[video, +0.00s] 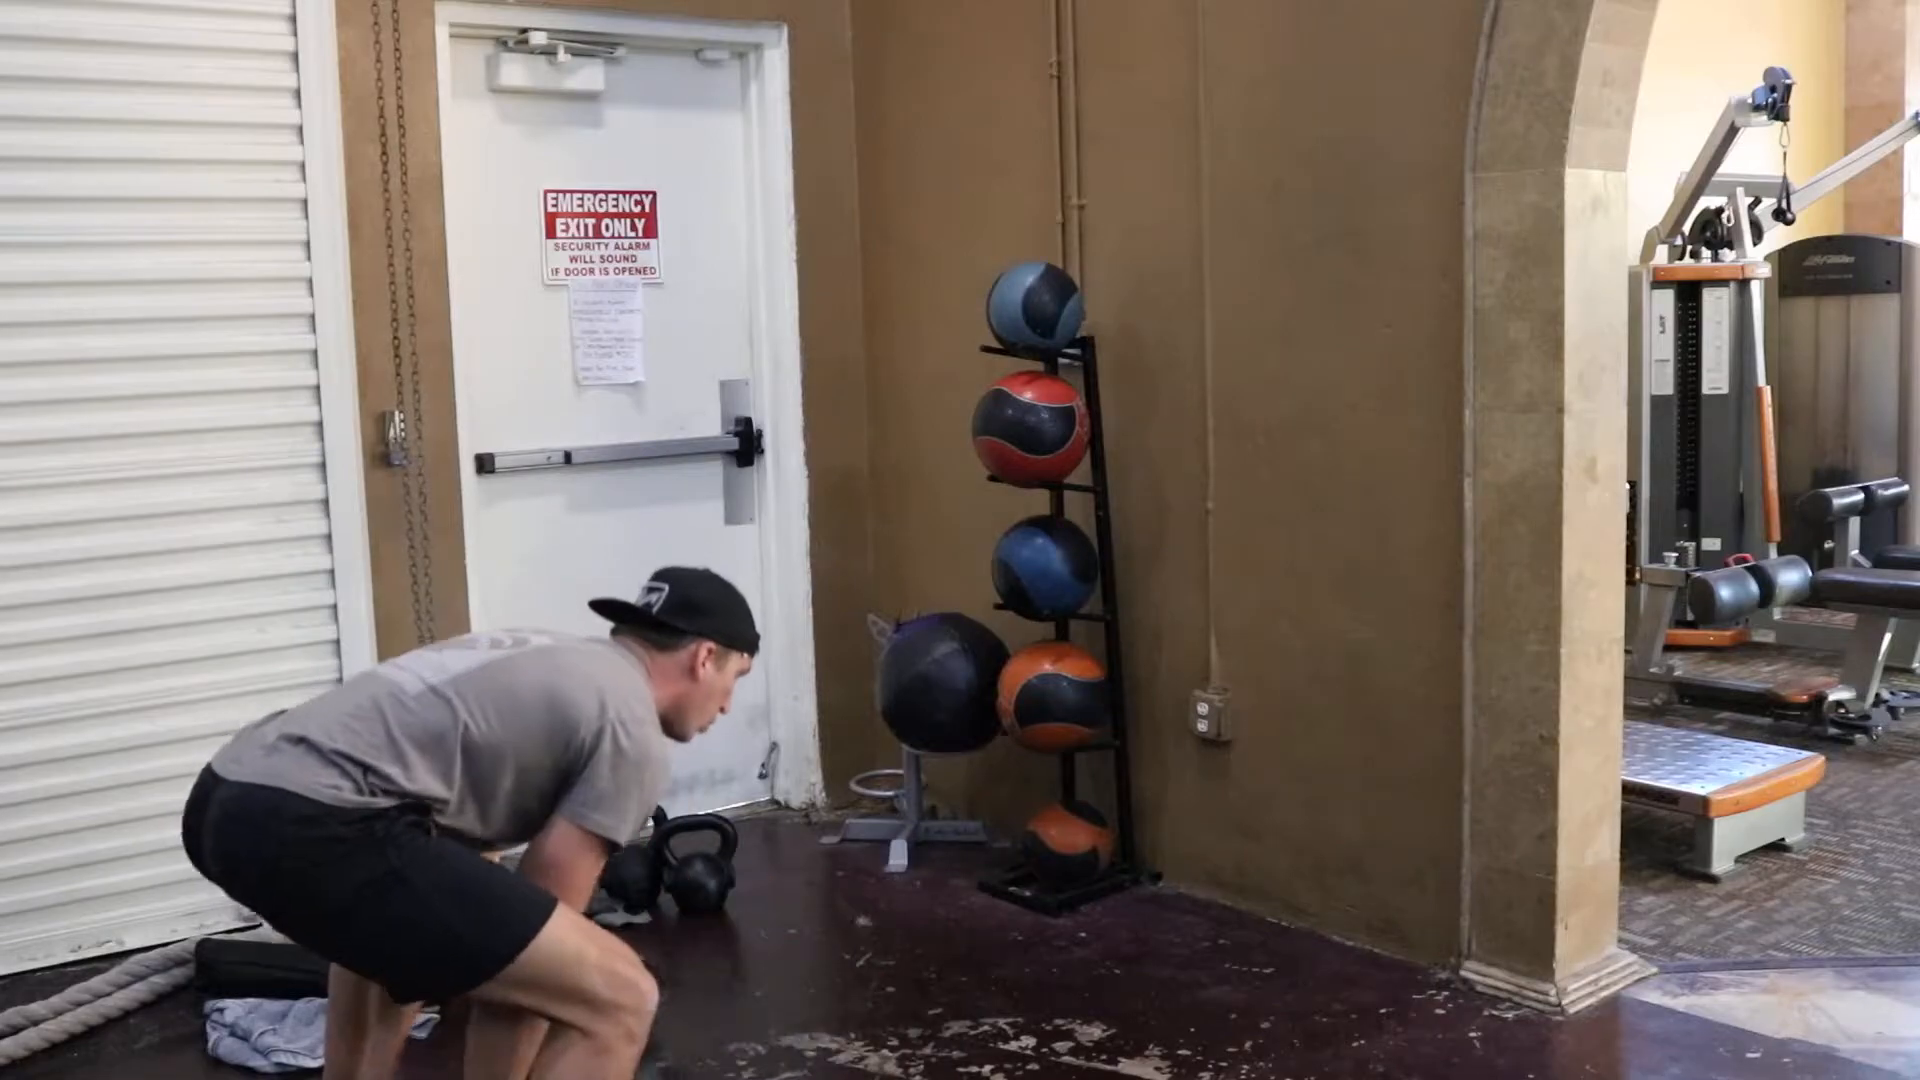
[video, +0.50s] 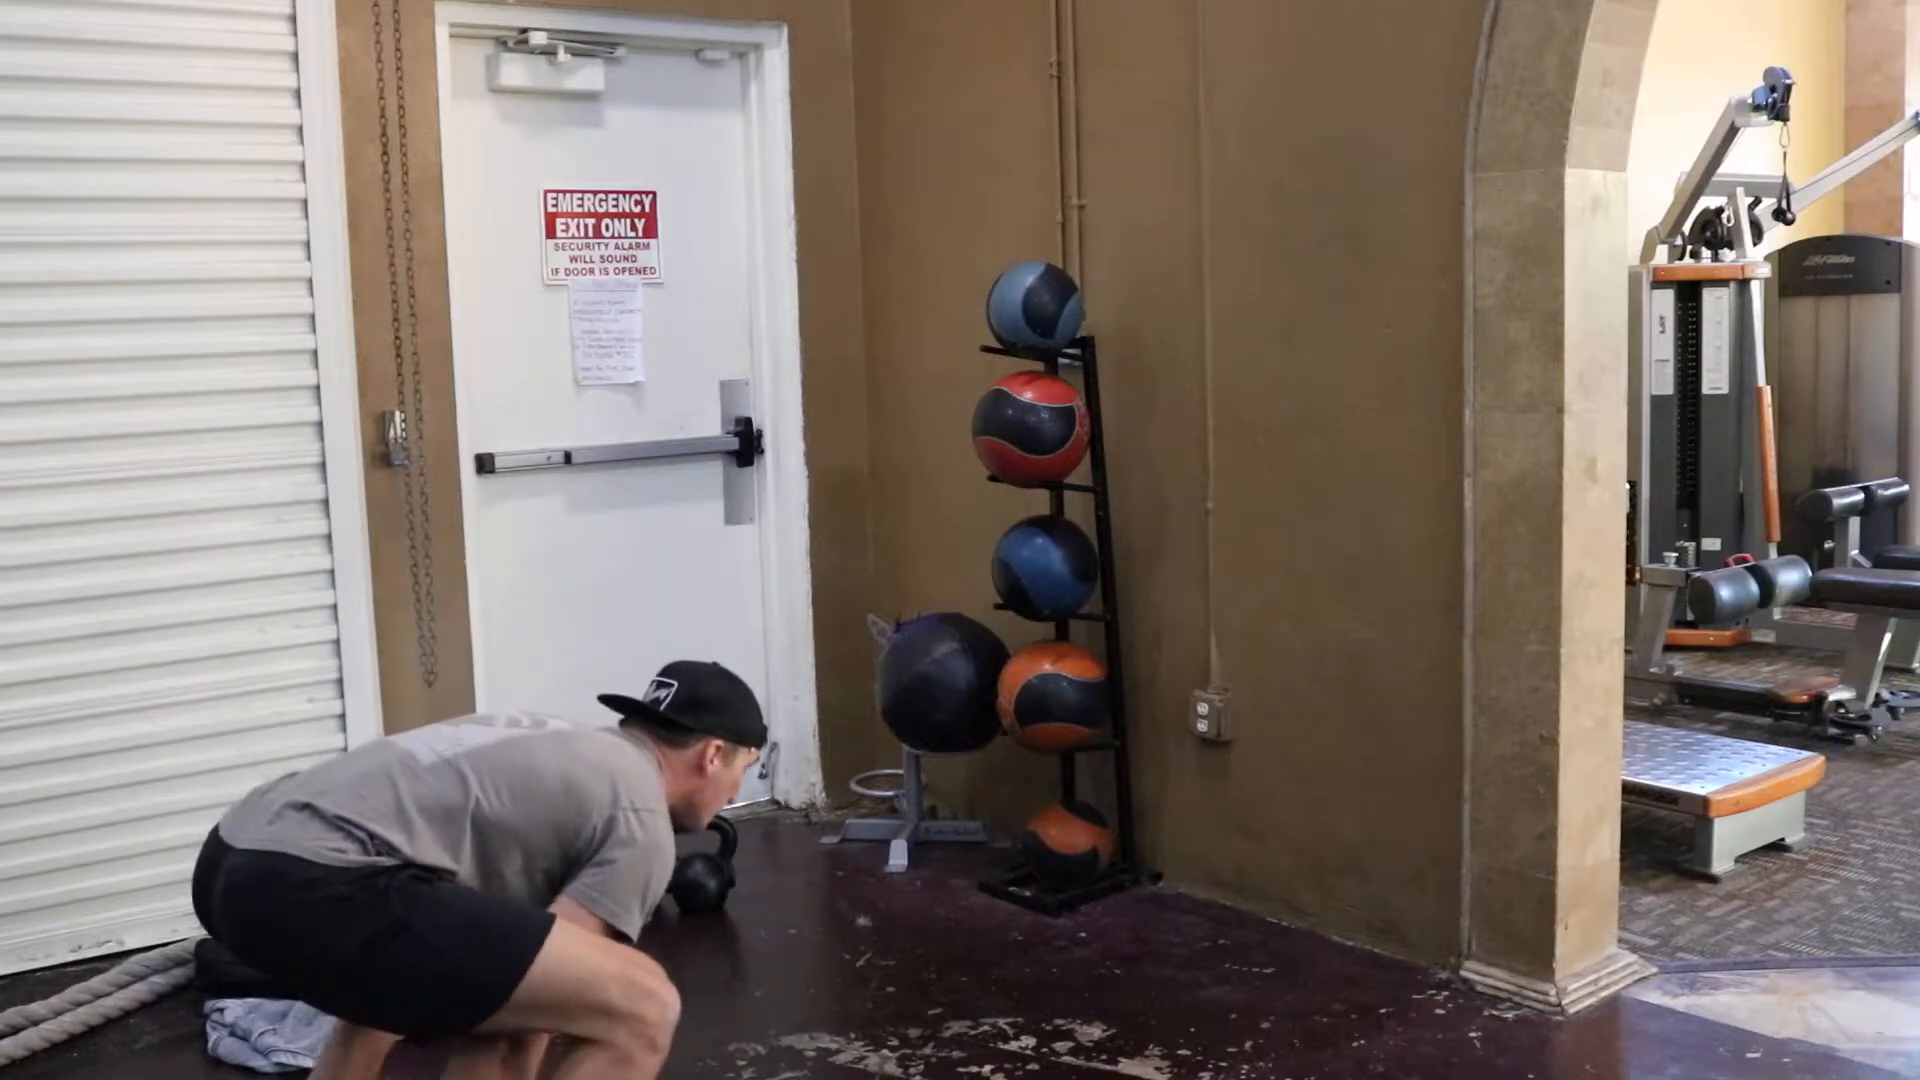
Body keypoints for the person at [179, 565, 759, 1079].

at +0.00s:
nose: (730, 704)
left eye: (738, 682)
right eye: (735, 678)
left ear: (641, 633)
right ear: (702, 659)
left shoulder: (545, 654)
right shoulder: (630, 728)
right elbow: (531, 944)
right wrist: (492, 1065)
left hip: (225, 804)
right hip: (319, 825)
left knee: (391, 921)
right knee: (621, 998)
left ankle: (353, 1072)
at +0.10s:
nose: (732, 738)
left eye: (740, 716)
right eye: (738, 712)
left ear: (642, 665)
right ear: (704, 694)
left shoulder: (543, 677)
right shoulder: (633, 756)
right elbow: (548, 956)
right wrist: (509, 1060)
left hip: (227, 829)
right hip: (322, 851)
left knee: (392, 933)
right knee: (630, 1001)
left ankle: (350, 1071)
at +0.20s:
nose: (734, 763)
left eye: (743, 741)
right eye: (741, 737)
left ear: (641, 694)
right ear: (705, 720)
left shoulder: (548, 707)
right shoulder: (636, 778)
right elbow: (553, 973)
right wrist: (525, 1070)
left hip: (229, 848)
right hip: (323, 869)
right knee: (637, 1004)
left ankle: (351, 1073)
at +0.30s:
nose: (734, 780)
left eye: (743, 759)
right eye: (742, 756)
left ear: (643, 711)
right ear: (707, 740)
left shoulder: (554, 727)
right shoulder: (638, 795)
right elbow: (550, 981)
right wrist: (517, 1078)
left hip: (229, 860)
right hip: (323, 879)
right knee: (642, 1005)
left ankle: (348, 1072)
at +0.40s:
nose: (736, 793)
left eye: (746, 772)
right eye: (744, 769)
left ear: (648, 724)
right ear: (710, 755)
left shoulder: (557, 742)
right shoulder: (642, 812)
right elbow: (542, 998)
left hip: (229, 865)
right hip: (324, 888)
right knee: (643, 1007)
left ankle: (341, 1073)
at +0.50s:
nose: (738, 793)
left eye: (747, 773)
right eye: (745, 770)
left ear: (650, 725)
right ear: (711, 757)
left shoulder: (561, 744)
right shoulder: (644, 821)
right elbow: (529, 1017)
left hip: (229, 868)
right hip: (325, 891)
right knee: (643, 1008)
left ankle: (339, 1070)